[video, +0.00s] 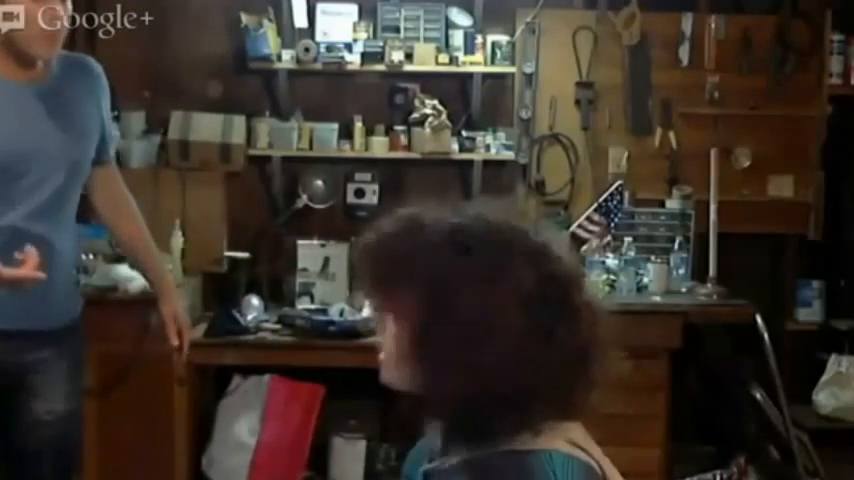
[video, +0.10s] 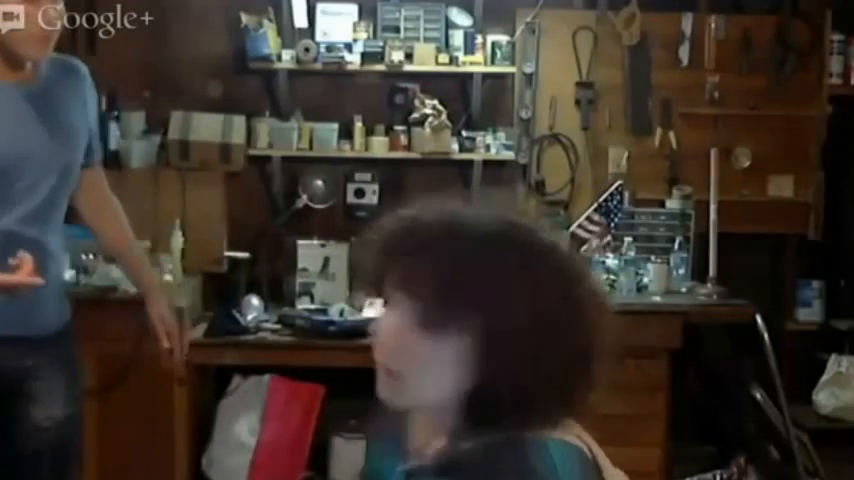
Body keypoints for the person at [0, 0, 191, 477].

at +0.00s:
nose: (57, 13)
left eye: (63, 2)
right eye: (40, 2)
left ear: (72, 9)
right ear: (4, 11)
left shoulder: (85, 77)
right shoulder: (3, 82)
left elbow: (105, 181)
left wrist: (164, 284)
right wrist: (4, 266)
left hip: (54, 329)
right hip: (6, 329)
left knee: (53, 469)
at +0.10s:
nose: (50, 15)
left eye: (55, 4)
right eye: (33, 4)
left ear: (64, 11)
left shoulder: (71, 79)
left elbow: (91, 189)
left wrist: (151, 288)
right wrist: (2, 271)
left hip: (45, 330)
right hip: (7, 331)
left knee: (54, 465)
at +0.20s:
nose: (39, 16)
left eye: (46, 3)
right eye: (21, 4)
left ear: (57, 11)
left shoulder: (63, 79)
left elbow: (83, 192)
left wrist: (141, 285)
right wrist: (3, 273)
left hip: (37, 327)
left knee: (49, 462)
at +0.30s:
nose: (39, 16)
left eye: (46, 3)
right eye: (21, 4)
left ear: (57, 11)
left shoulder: (63, 79)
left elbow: (83, 192)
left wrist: (141, 285)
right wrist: (3, 273)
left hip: (37, 327)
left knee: (48, 462)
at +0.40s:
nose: (13, 16)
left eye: (20, 9)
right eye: (6, 9)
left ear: (29, 14)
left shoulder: (30, 73)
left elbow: (41, 177)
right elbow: (43, 179)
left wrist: (105, 283)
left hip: (10, 330)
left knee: (29, 459)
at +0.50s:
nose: (14, 17)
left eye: (20, 9)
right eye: (6, 9)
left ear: (30, 14)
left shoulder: (30, 73)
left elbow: (40, 177)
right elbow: (43, 179)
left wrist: (105, 282)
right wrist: (104, 282)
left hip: (10, 329)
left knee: (29, 459)